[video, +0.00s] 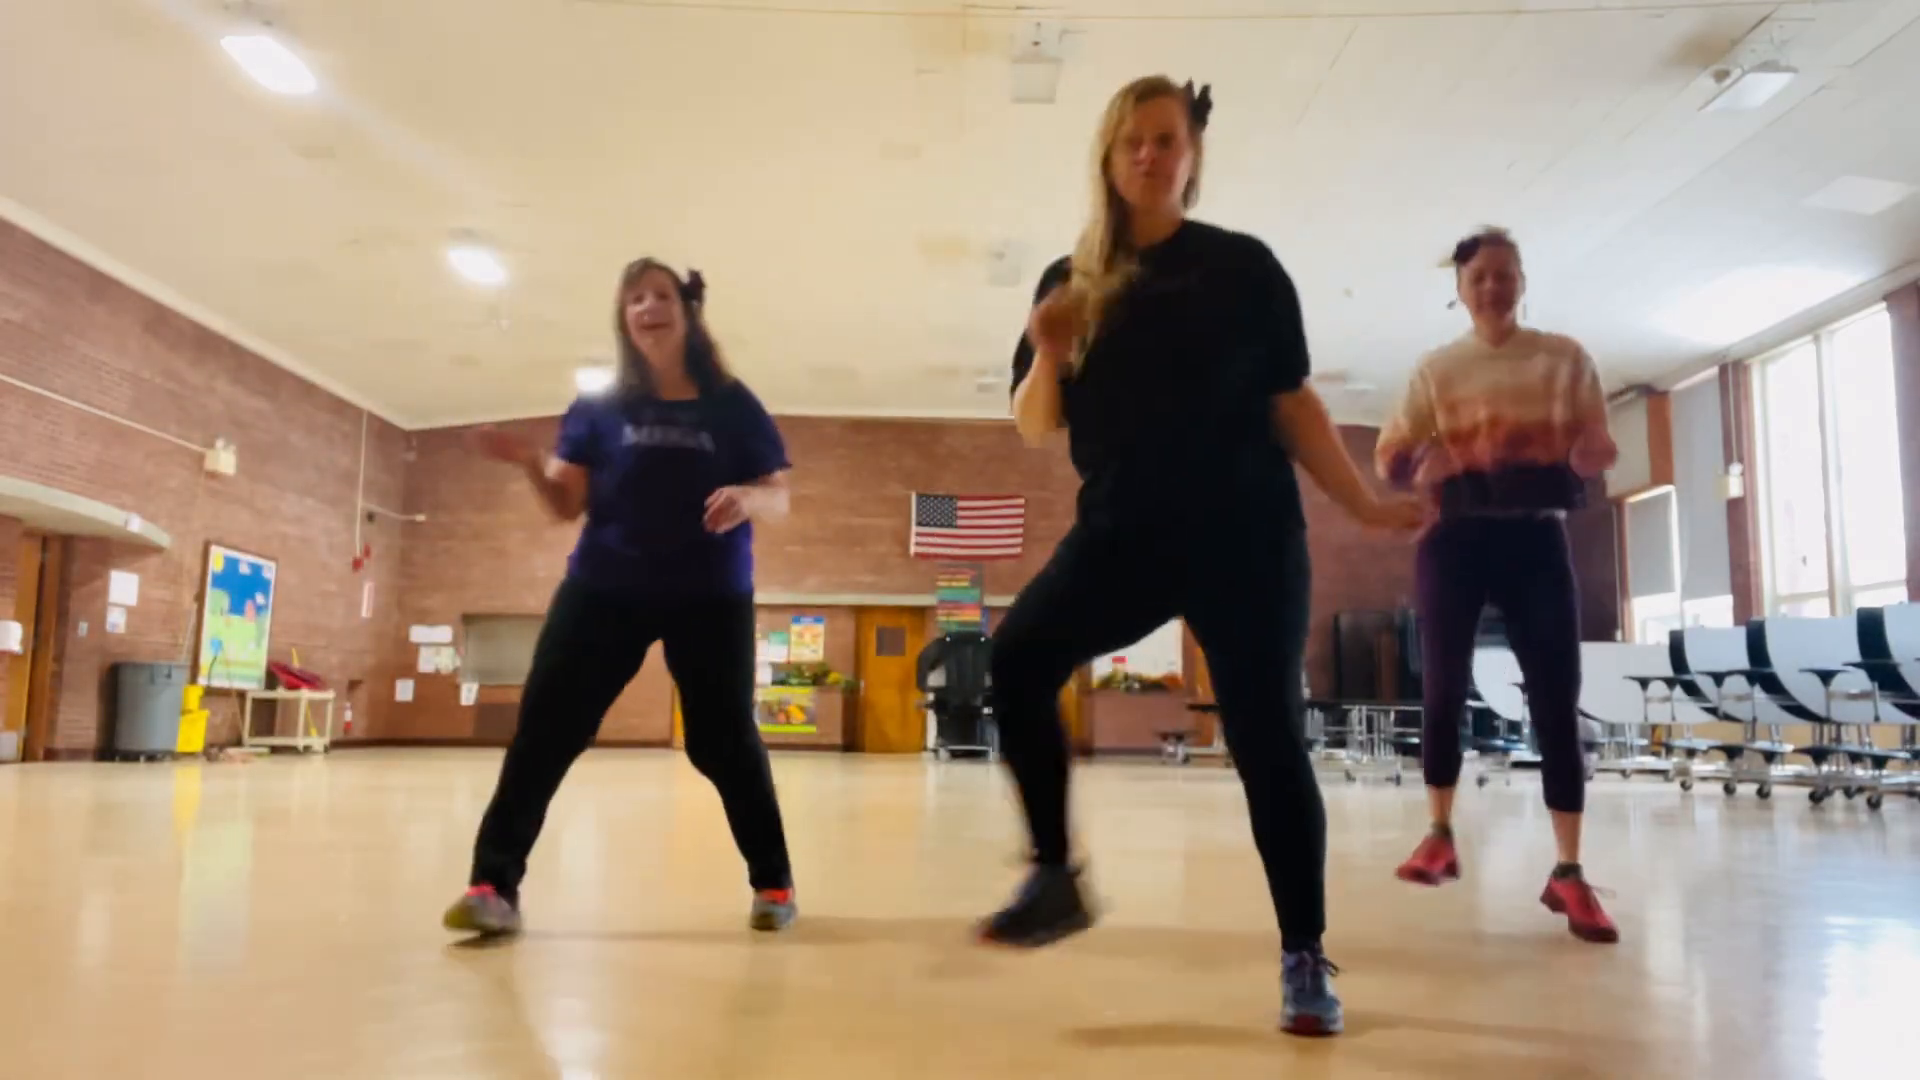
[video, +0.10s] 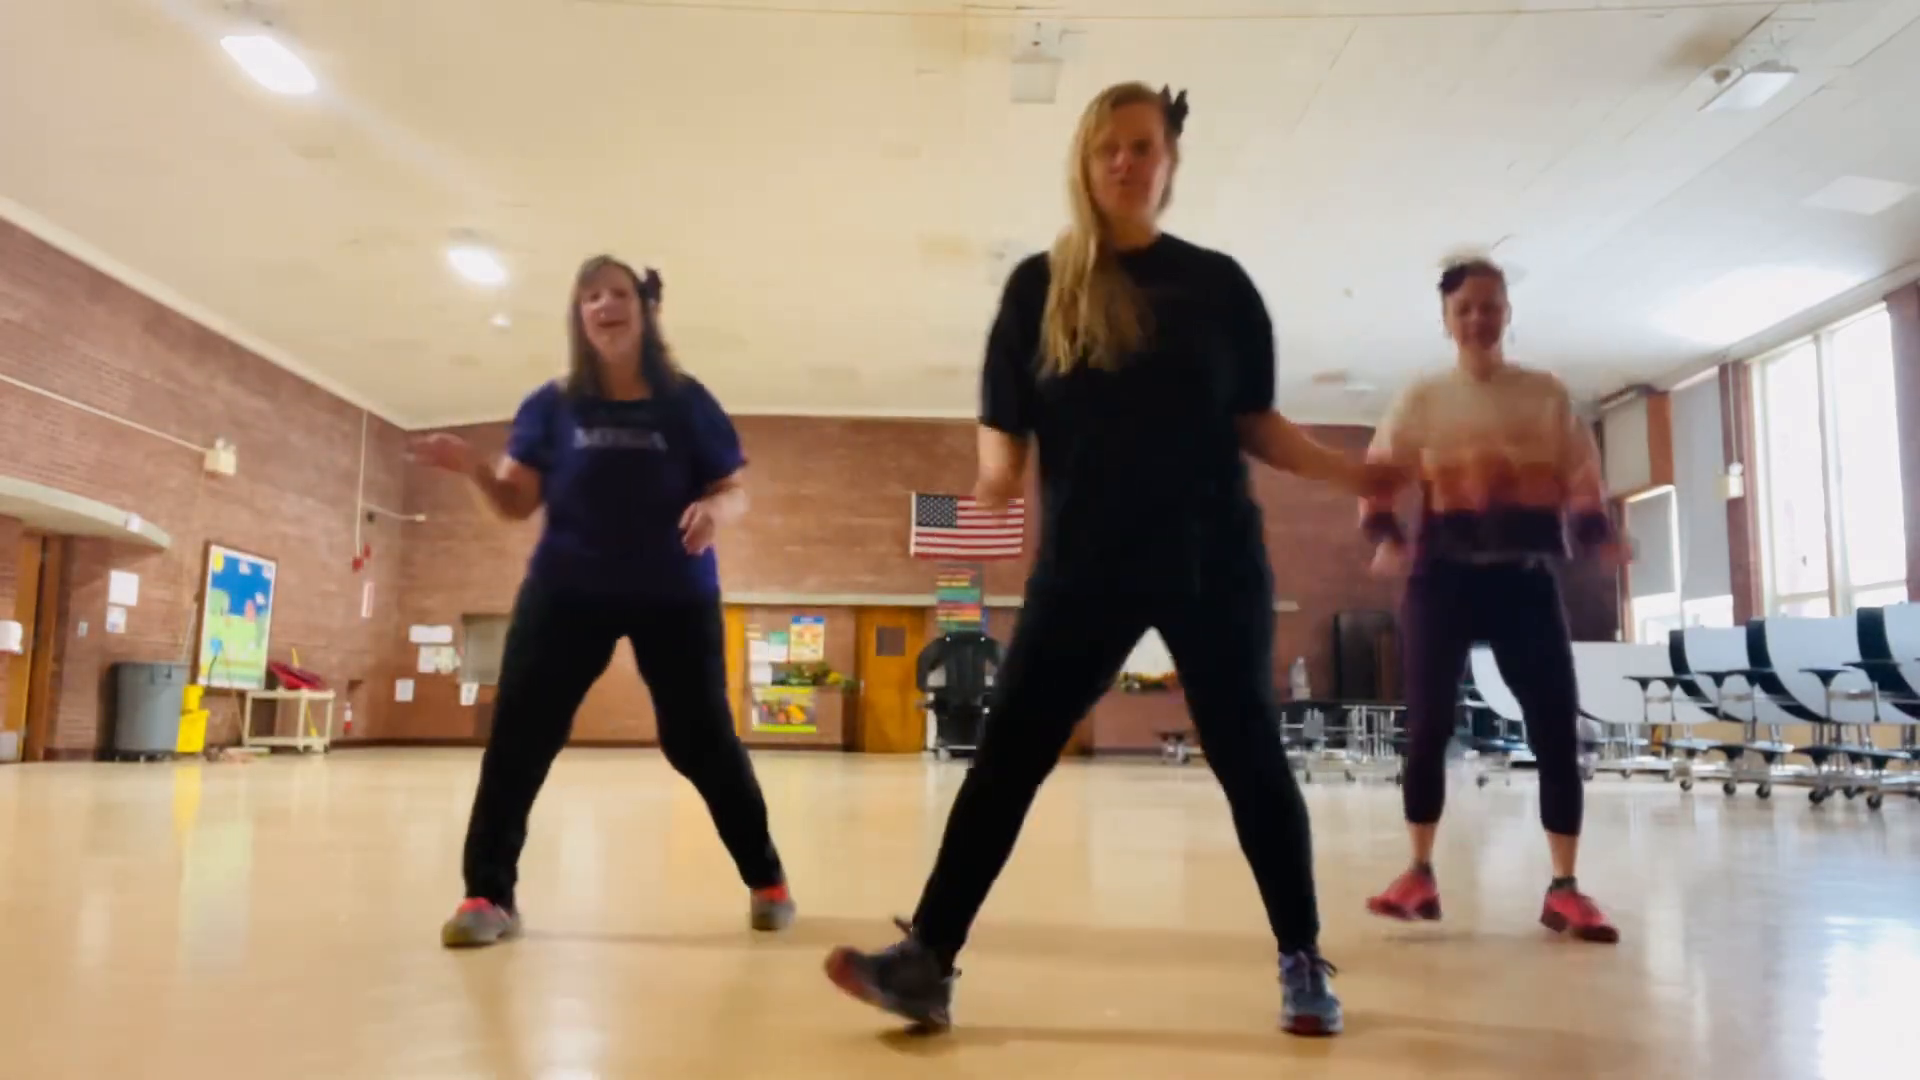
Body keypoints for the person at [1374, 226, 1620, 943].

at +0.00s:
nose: (1494, 288)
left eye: (1505, 277)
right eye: (1480, 279)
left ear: (1523, 283)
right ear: (1460, 288)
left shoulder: (1563, 358)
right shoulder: (1435, 371)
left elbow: (1598, 452)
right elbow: (1390, 460)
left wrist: (1582, 452)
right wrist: (1415, 460)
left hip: (1536, 543)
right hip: (1454, 545)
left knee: (1556, 704)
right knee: (1443, 692)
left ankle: (1568, 872)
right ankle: (1439, 837)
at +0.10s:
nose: (1479, 319)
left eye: (1490, 306)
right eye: (1466, 308)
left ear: (1508, 312)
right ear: (1445, 317)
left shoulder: (1546, 395)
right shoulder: (1421, 399)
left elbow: (1583, 483)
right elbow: (1378, 484)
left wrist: (1589, 528)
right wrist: (1382, 535)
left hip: (1524, 582)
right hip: (1440, 584)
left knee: (1556, 728)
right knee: (1427, 723)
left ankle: (1563, 886)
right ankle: (1420, 875)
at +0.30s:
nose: (1427, 314)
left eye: (1438, 303)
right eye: (1415, 302)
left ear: (1450, 311)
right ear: (1390, 307)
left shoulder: (1474, 391)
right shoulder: (1355, 391)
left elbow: (1518, 483)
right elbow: (1331, 488)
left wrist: (1539, 563)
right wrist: (1343, 565)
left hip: (1449, 572)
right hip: (1374, 576)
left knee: (1515, 715)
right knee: (1388, 732)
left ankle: (1513, 859)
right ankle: (1414, 889)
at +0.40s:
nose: (1389, 313)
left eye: (1401, 302)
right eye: (1376, 301)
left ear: (1414, 308)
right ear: (1354, 306)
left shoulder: (1439, 385)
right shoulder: (1325, 385)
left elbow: (1475, 471)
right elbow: (1290, 474)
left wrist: (1481, 543)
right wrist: (1316, 546)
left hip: (1415, 569)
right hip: (1346, 572)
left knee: (1480, 714)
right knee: (1374, 724)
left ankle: (1419, 811)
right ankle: (1412, 888)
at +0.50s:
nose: (1355, 318)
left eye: (1366, 307)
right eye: (1342, 307)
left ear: (1381, 312)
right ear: (1321, 311)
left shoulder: (1406, 387)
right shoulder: (1290, 392)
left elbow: (1431, 467)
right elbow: (1253, 477)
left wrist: (1431, 532)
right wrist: (1282, 541)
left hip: (1385, 570)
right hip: (1315, 575)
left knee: (1420, 728)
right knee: (1360, 728)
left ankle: (1318, 815)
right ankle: (1408, 885)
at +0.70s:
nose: (1306, 339)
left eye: (1316, 328)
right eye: (1294, 328)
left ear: (1330, 334)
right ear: (1271, 331)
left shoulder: (1354, 415)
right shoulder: (1242, 413)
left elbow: (1379, 501)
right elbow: (1210, 510)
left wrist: (1371, 555)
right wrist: (1210, 592)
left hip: (1323, 587)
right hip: (1250, 585)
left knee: (1316, 730)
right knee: (1266, 714)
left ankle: (1251, 873)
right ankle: (1324, 843)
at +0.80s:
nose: (1280, 326)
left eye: (1290, 314)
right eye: (1268, 314)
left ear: (1304, 320)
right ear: (1245, 317)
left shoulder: (1327, 399)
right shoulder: (1215, 396)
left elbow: (1359, 489)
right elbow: (1175, 484)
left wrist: (1332, 499)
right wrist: (1175, 549)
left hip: (1291, 569)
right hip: (1222, 566)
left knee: (1291, 712)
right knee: (1211, 687)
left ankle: (1252, 871)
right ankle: (1243, 812)